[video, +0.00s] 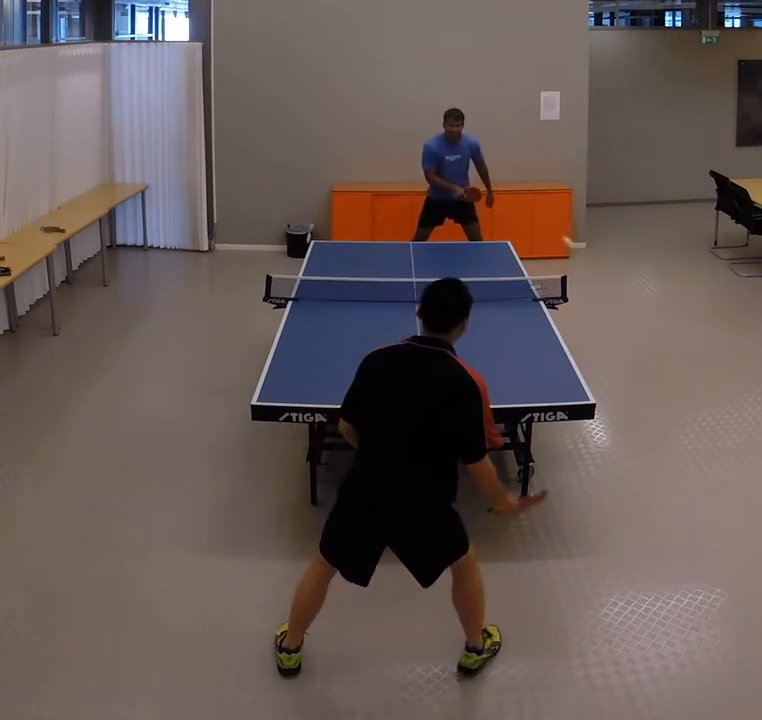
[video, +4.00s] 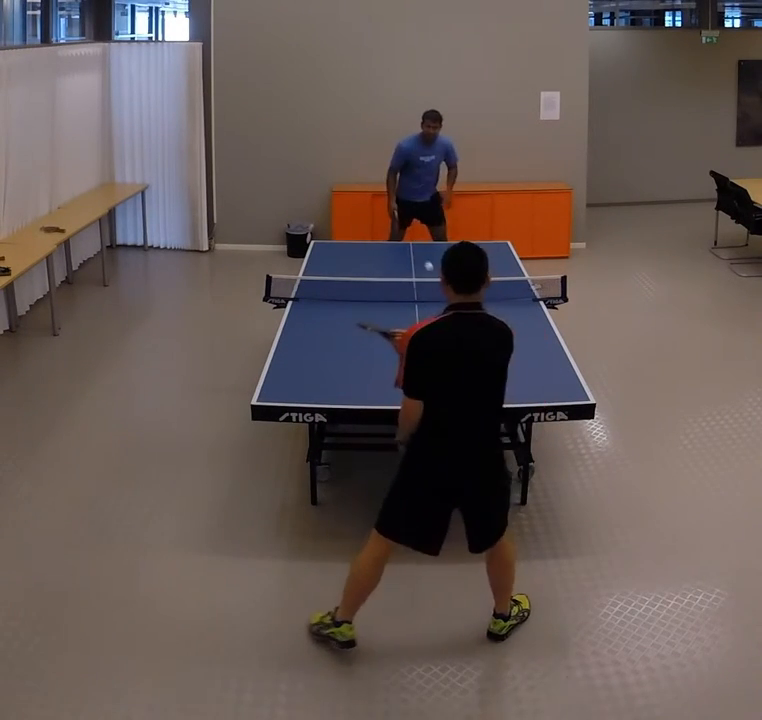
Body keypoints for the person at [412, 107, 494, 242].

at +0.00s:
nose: (454, 130)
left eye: (458, 126)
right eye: (451, 126)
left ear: (463, 126)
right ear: (444, 125)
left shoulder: (471, 144)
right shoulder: (432, 147)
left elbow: (481, 167)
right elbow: (430, 177)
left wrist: (489, 191)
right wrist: (454, 189)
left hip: (462, 200)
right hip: (437, 200)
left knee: (477, 241)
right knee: (419, 241)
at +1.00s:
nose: (425, 111)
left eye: (428, 107)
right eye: (421, 107)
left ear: (431, 109)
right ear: (414, 108)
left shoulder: (437, 130)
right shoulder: (399, 129)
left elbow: (443, 157)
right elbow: (384, 155)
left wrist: (451, 184)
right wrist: (373, 184)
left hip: (429, 188)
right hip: (406, 188)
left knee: (430, 230)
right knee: (406, 230)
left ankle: (422, 262)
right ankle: (404, 262)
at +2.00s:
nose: (405, 132)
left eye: (407, 128)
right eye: (401, 128)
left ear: (410, 127)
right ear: (392, 125)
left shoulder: (413, 141)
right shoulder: (377, 147)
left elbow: (420, 165)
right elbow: (376, 180)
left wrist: (426, 182)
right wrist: (397, 199)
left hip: (403, 194)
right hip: (381, 196)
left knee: (406, 238)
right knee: (383, 239)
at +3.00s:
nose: (368, 134)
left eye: (371, 130)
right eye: (364, 130)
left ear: (379, 128)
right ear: (360, 128)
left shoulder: (387, 144)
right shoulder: (356, 141)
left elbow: (369, 172)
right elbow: (348, 166)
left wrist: (340, 175)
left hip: (389, 199)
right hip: (367, 197)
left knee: (394, 241)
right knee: (361, 239)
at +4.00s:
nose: (431, 131)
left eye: (435, 128)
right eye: (428, 127)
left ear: (440, 128)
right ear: (422, 126)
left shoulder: (444, 146)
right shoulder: (405, 147)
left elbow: (452, 167)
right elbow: (392, 173)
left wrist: (448, 192)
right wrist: (391, 201)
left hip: (430, 200)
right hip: (405, 200)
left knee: (441, 242)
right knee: (394, 242)